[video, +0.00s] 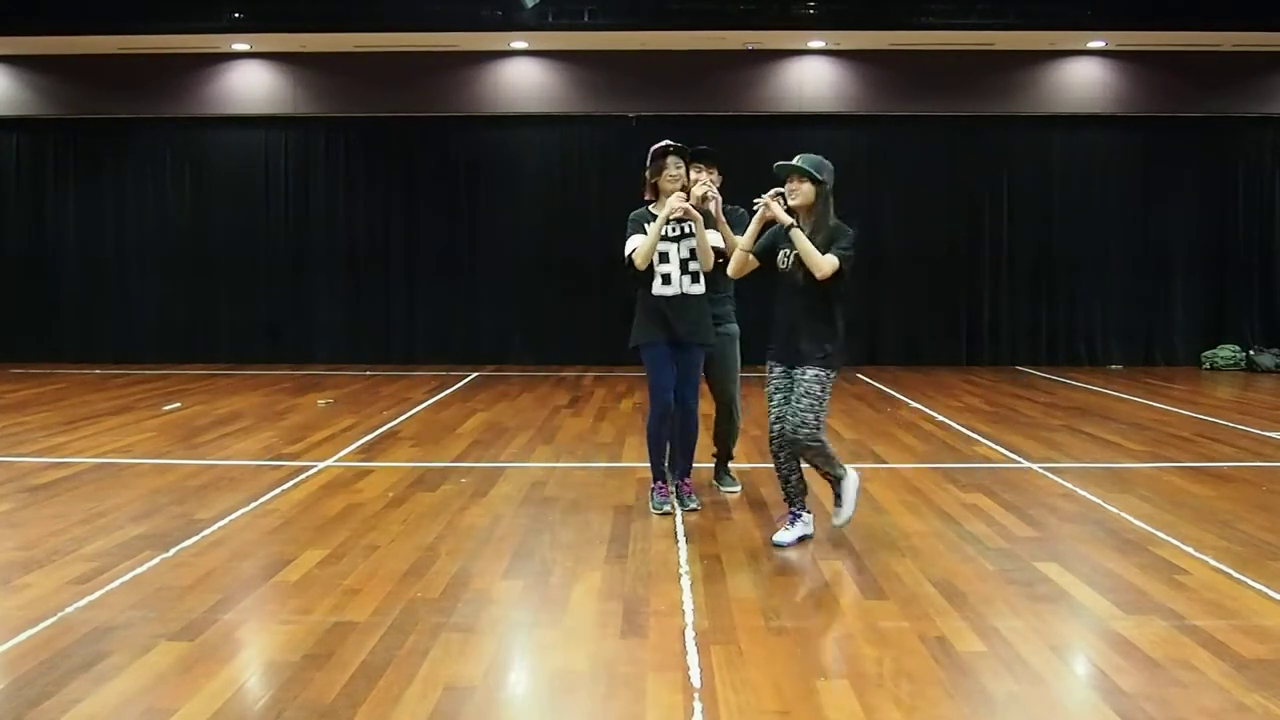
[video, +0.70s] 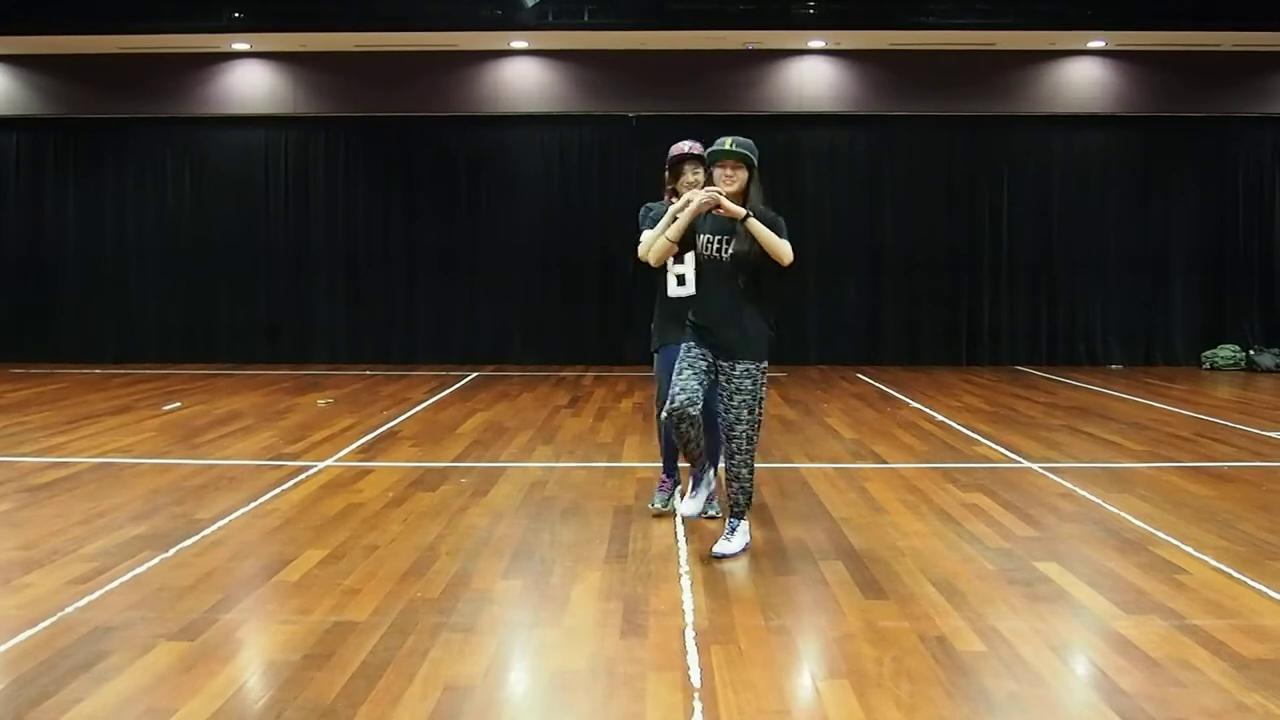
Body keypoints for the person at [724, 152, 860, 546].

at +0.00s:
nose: (791, 187)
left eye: (801, 181)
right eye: (788, 181)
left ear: (821, 187)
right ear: (785, 189)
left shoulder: (841, 234)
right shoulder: (780, 232)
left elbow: (822, 268)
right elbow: (735, 269)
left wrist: (787, 222)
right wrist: (757, 222)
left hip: (819, 350)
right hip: (780, 348)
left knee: (803, 435)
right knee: (779, 434)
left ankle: (841, 478)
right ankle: (799, 514)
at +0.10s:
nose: (784, 183)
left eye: (794, 177)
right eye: (781, 176)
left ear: (812, 185)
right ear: (775, 184)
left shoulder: (829, 232)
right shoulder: (765, 230)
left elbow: (831, 267)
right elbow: (725, 268)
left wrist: (793, 226)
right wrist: (749, 223)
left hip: (808, 343)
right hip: (768, 342)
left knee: (765, 408)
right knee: (770, 430)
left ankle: (813, 455)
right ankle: (798, 515)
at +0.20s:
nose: (779, 172)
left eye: (789, 167)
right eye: (775, 166)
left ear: (806, 176)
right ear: (767, 173)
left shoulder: (815, 219)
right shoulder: (753, 217)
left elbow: (837, 251)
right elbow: (711, 252)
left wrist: (797, 208)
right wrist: (743, 207)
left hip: (797, 332)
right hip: (759, 332)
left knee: (747, 393)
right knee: (772, 420)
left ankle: (783, 469)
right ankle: (798, 511)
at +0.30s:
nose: (770, 169)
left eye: (780, 163)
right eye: (765, 162)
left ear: (797, 174)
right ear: (756, 171)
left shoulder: (802, 216)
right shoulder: (742, 212)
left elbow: (836, 240)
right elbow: (698, 238)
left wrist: (795, 198)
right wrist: (734, 195)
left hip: (784, 332)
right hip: (747, 332)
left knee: (744, 407)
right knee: (767, 428)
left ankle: (749, 498)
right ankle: (796, 506)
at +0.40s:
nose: (760, 180)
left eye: (770, 173)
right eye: (754, 172)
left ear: (785, 182)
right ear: (745, 178)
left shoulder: (791, 226)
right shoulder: (731, 221)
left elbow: (819, 257)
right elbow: (692, 253)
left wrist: (783, 212)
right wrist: (725, 208)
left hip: (771, 347)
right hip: (731, 343)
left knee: (749, 435)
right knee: (728, 434)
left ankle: (738, 522)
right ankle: (784, 502)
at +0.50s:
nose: (747, 196)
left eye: (756, 189)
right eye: (741, 189)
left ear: (771, 193)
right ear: (732, 192)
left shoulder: (787, 239)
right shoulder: (722, 232)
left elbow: (801, 281)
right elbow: (688, 274)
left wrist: (767, 236)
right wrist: (716, 226)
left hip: (762, 355)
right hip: (720, 350)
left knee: (740, 438)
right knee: (700, 431)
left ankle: (739, 525)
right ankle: (753, 474)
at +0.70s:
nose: (727, 174)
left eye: (736, 167)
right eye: (720, 167)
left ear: (750, 173)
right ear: (709, 173)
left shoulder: (763, 218)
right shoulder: (696, 216)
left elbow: (784, 257)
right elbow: (653, 257)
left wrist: (743, 216)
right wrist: (684, 212)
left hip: (745, 345)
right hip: (698, 338)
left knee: (739, 438)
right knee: (681, 409)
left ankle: (737, 521)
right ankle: (701, 471)